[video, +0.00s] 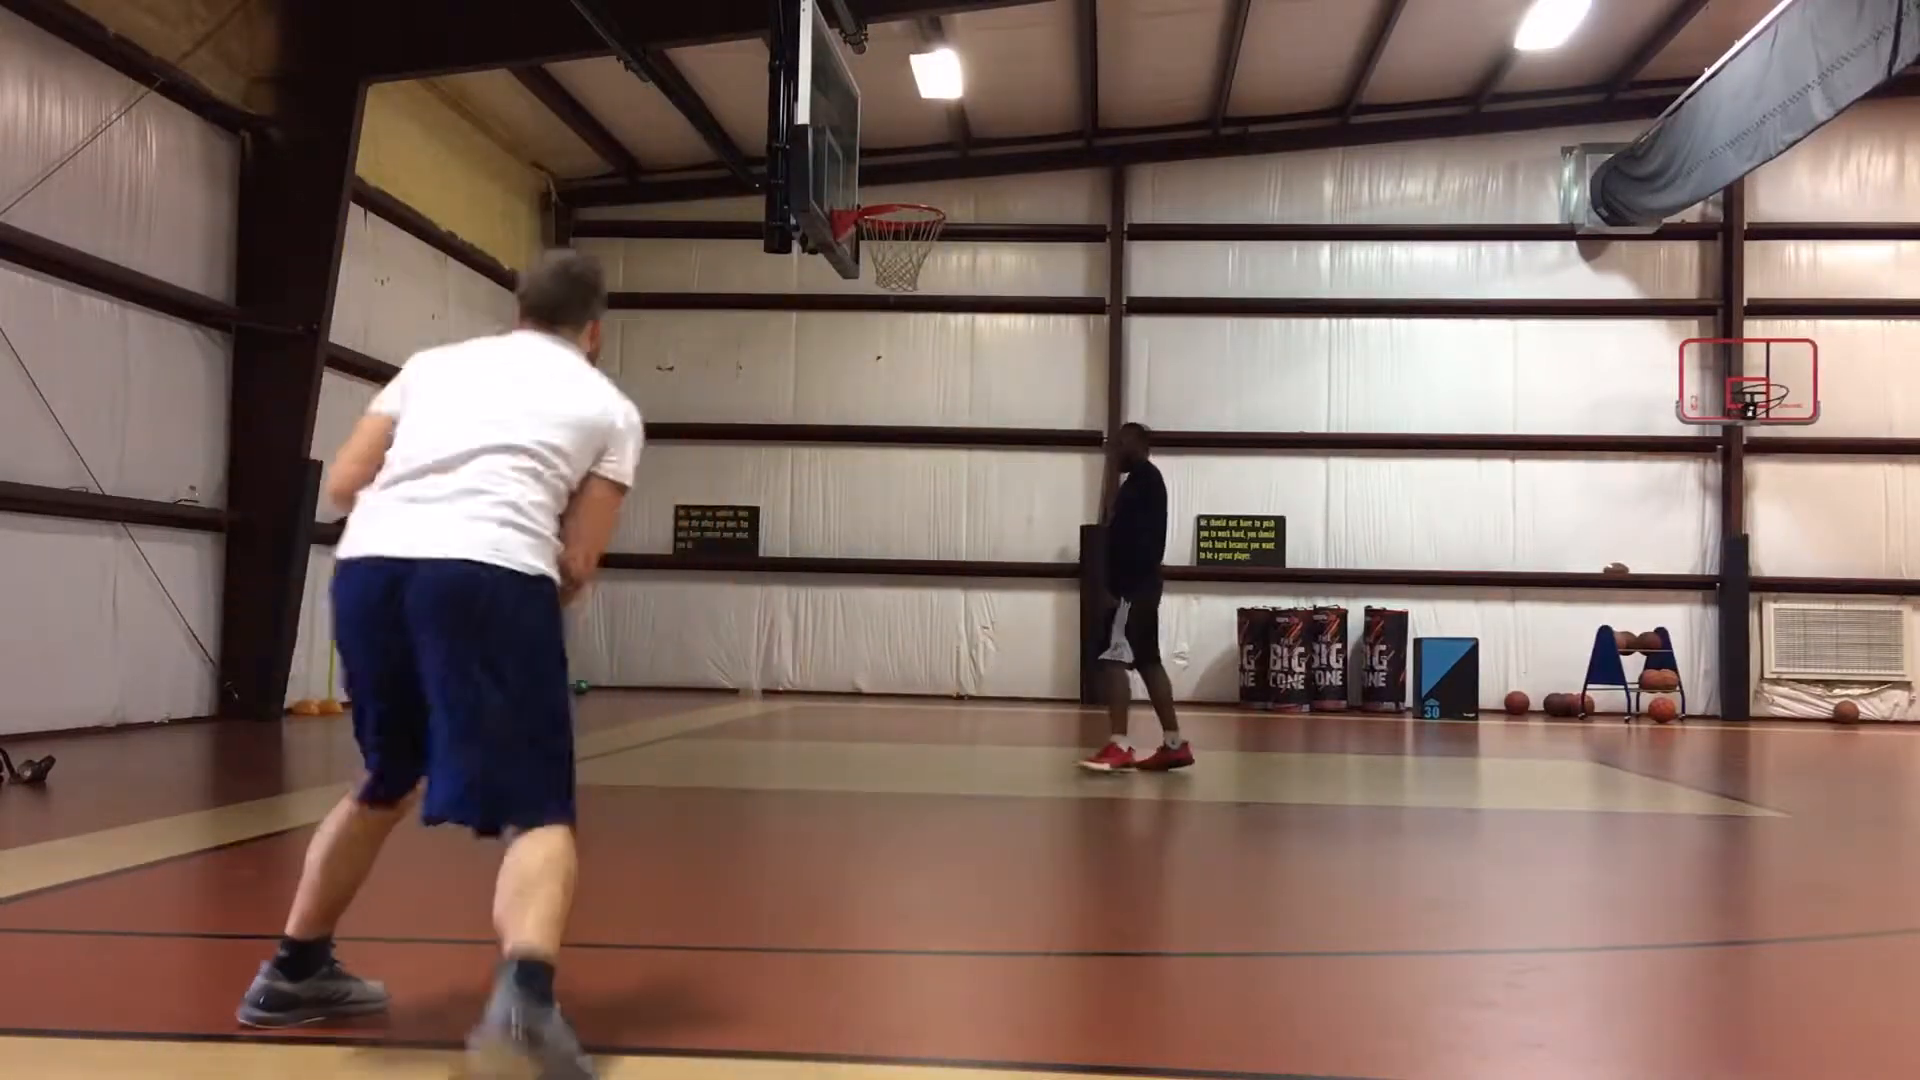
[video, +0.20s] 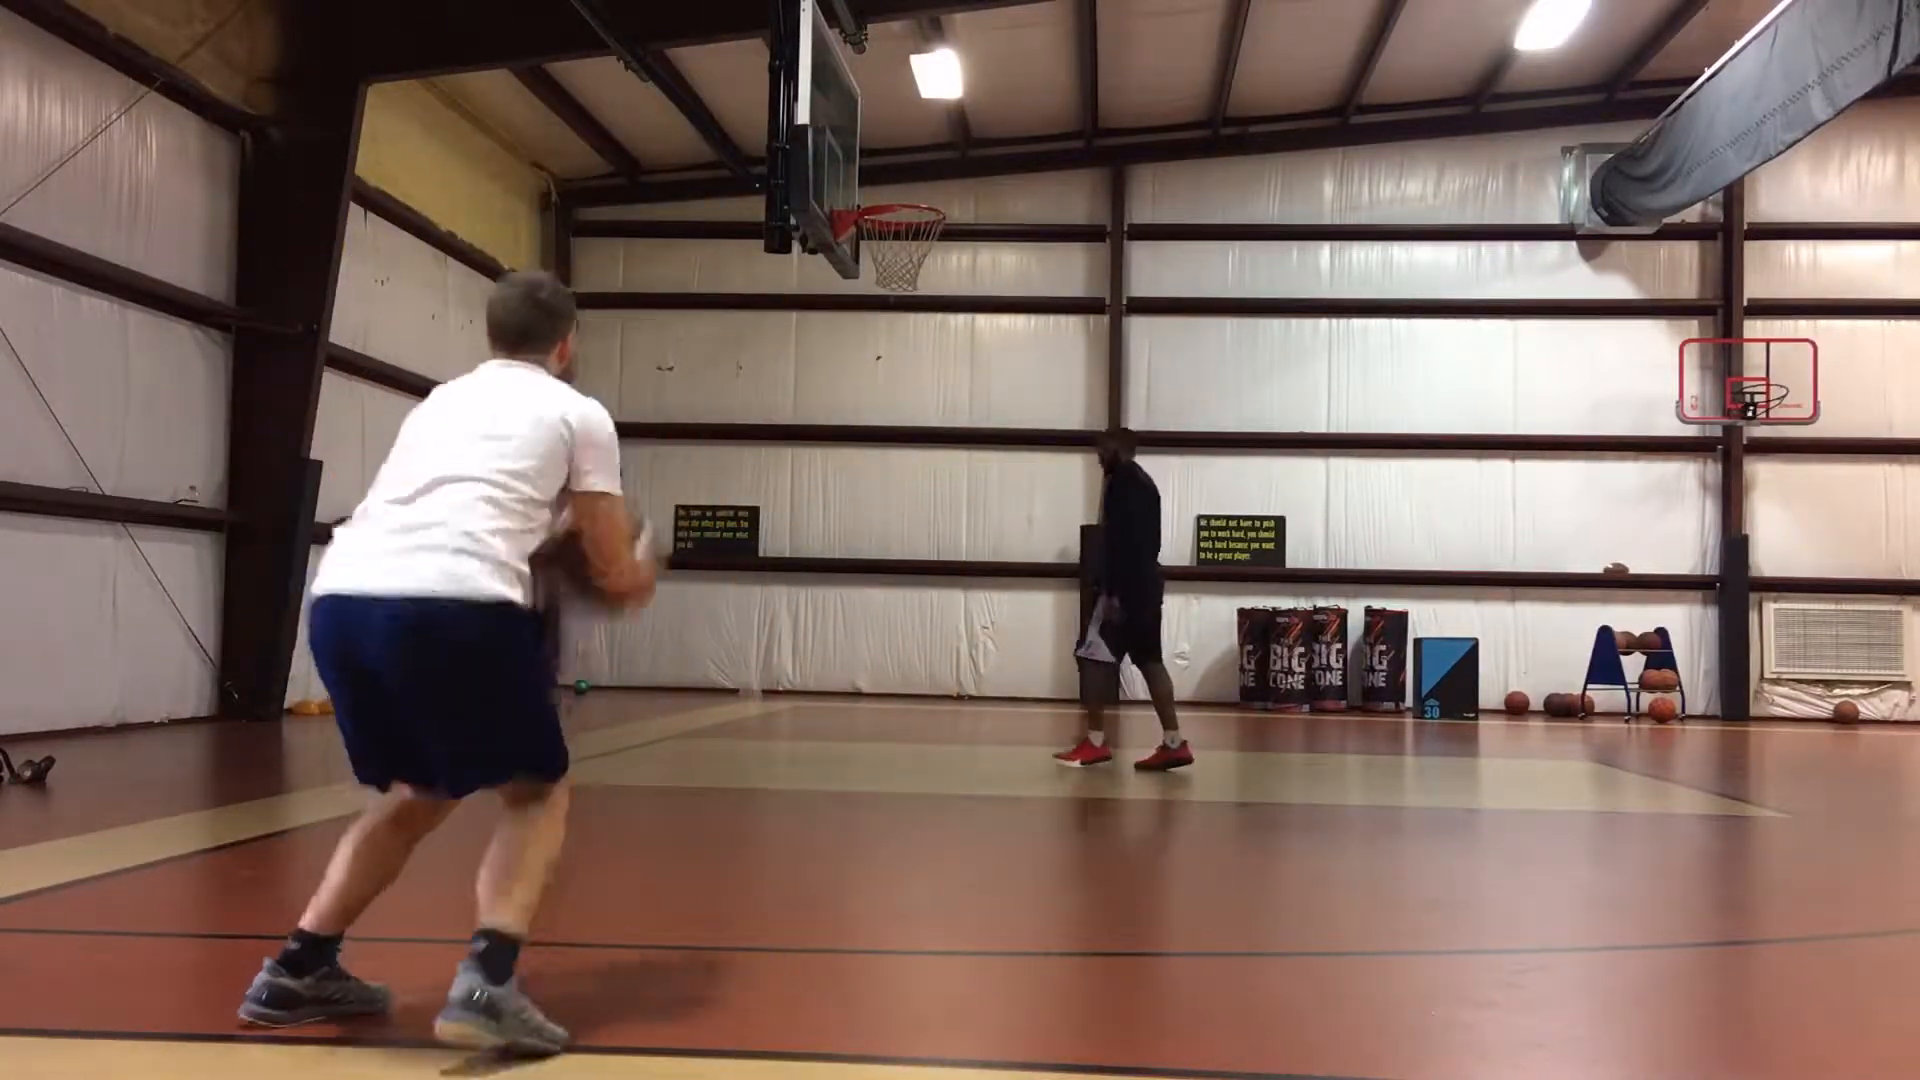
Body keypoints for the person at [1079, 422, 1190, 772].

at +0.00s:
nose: (1113, 450)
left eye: (1118, 443)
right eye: (1114, 443)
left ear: (1135, 445)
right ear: (1141, 446)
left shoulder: (1141, 480)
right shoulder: (1147, 479)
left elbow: (1135, 539)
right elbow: (1140, 538)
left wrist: (1118, 588)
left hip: (1132, 588)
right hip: (1144, 587)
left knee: (1112, 662)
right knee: (1148, 662)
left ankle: (1119, 744)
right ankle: (1175, 743)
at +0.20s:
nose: (1098, 453)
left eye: (1102, 447)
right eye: (1099, 447)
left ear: (1116, 449)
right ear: (1130, 449)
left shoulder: (1119, 483)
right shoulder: (1144, 483)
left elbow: (1119, 543)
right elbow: (1148, 543)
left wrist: (1110, 589)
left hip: (1121, 589)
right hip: (1146, 586)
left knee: (1093, 658)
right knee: (1149, 660)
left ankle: (1095, 740)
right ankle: (1174, 742)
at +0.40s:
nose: (1076, 462)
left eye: (1079, 454)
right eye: (1076, 454)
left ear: (1093, 453)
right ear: (1105, 453)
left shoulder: (1093, 485)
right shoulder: (1130, 488)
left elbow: (1097, 543)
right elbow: (1133, 548)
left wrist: (1094, 594)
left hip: (1103, 591)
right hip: (1136, 589)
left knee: (1092, 666)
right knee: (1142, 664)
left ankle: (1080, 740)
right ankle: (1171, 739)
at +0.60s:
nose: (1055, 458)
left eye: (1059, 452)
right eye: (1056, 452)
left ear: (1071, 453)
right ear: (1087, 453)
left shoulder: (1067, 487)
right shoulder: (1113, 484)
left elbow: (1062, 549)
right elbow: (1123, 539)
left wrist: (1057, 600)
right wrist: (1108, 576)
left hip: (1075, 590)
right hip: (1108, 588)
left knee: (1072, 663)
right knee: (1104, 662)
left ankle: (1076, 740)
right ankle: (1143, 715)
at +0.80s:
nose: (1044, 456)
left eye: (1048, 450)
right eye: (1045, 450)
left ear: (1063, 453)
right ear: (1076, 453)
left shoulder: (1053, 488)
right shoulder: (1102, 486)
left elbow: (1033, 545)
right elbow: (1109, 543)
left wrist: (1012, 589)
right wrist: (1102, 580)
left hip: (1064, 588)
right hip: (1099, 587)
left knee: (1061, 656)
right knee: (1070, 658)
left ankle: (1087, 727)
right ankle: (1079, 734)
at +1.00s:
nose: (1037, 448)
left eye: (1044, 444)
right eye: (1041, 443)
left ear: (1059, 454)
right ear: (1063, 455)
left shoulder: (1047, 489)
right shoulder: (1073, 487)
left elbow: (1025, 537)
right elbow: (1068, 543)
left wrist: (992, 571)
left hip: (1053, 588)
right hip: (1060, 586)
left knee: (1059, 660)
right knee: (1037, 658)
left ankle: (1075, 740)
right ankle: (1037, 733)